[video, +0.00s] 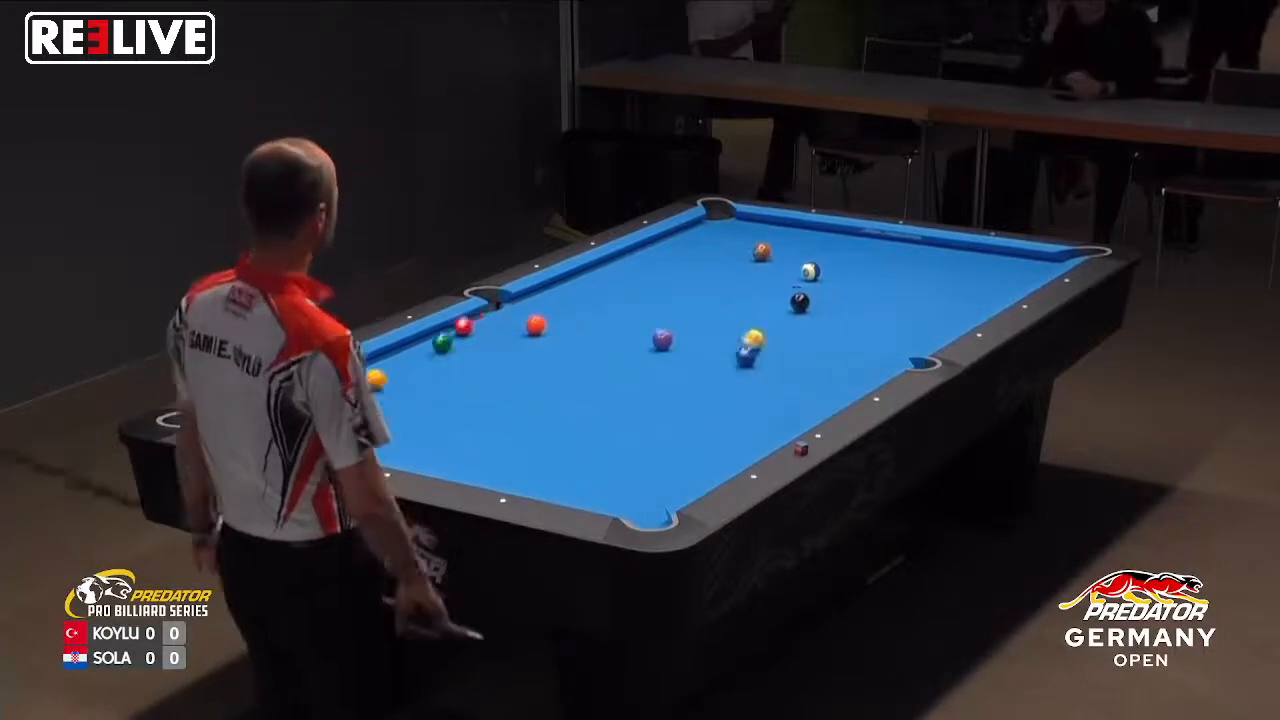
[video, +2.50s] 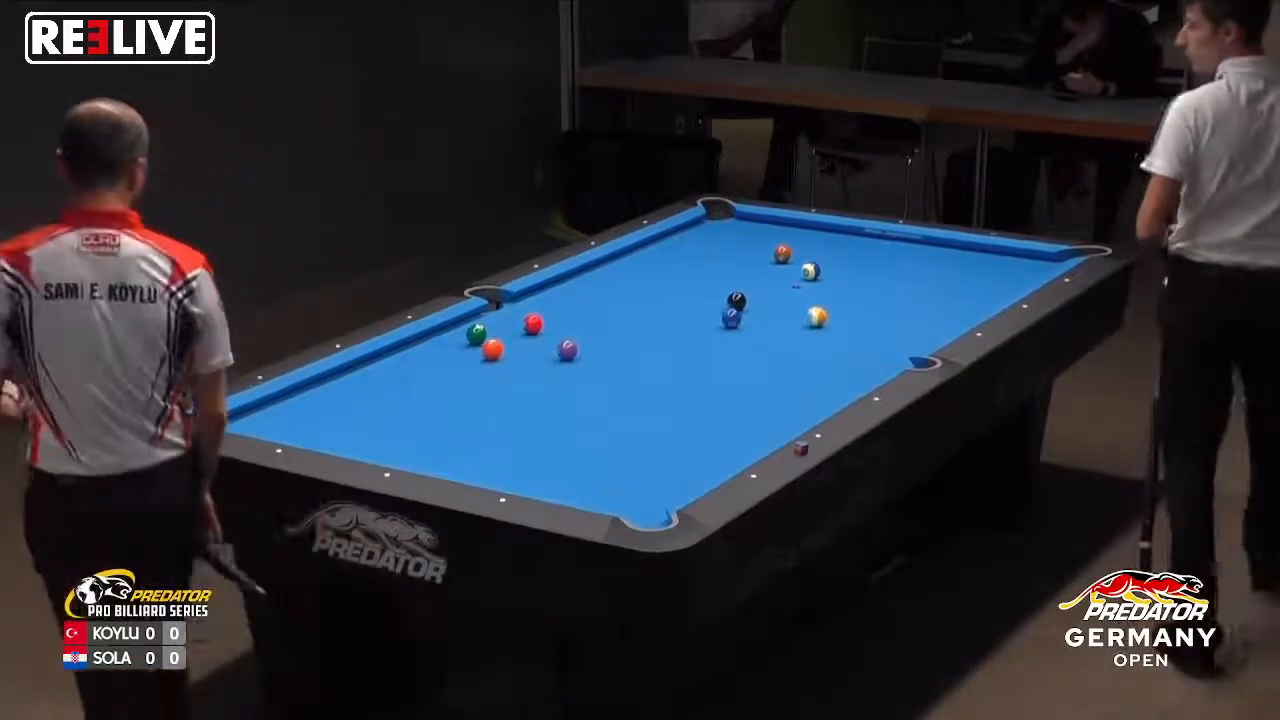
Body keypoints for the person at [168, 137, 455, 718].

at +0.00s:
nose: (336, 215)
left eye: (331, 200)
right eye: (334, 203)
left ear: (248, 207)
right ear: (320, 218)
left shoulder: (195, 305)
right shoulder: (320, 342)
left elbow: (189, 431)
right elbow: (365, 495)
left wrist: (201, 527)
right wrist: (412, 577)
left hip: (241, 561)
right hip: (319, 566)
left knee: (278, 696)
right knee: (351, 698)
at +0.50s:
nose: (334, 228)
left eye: (332, 213)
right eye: (334, 216)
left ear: (242, 218)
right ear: (320, 233)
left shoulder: (180, 320)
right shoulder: (324, 359)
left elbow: (172, 458)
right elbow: (368, 520)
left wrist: (190, 540)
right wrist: (412, 620)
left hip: (229, 577)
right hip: (314, 587)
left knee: (256, 705)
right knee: (338, 706)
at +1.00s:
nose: (325, 226)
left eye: (320, 210)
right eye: (323, 214)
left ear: (231, 223)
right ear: (312, 232)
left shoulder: (175, 321)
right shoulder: (315, 361)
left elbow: (169, 465)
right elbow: (361, 522)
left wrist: (188, 545)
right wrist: (410, 618)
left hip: (226, 576)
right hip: (310, 586)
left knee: (254, 705)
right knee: (330, 706)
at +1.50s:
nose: (315, 219)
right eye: (314, 208)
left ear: (222, 214)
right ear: (305, 220)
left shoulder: (165, 310)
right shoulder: (312, 344)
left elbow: (148, 459)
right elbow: (353, 508)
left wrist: (167, 539)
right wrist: (394, 604)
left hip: (203, 563)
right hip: (292, 573)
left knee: (221, 704)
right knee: (305, 703)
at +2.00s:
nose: (235, 196)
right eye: (235, 185)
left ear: (144, 195)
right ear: (226, 197)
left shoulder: (88, 296)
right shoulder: (255, 313)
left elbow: (66, 435)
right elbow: (299, 462)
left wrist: (90, 490)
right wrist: (322, 557)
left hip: (133, 534)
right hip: (233, 539)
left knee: (145, 693)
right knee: (256, 690)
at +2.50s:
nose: (145, 176)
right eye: (145, 165)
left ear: (61, 165)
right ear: (139, 172)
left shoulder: (17, 266)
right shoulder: (184, 271)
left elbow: (10, 388)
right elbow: (210, 411)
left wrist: (39, 409)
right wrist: (203, 491)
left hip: (60, 506)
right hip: (159, 498)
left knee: (94, 673)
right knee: (160, 669)